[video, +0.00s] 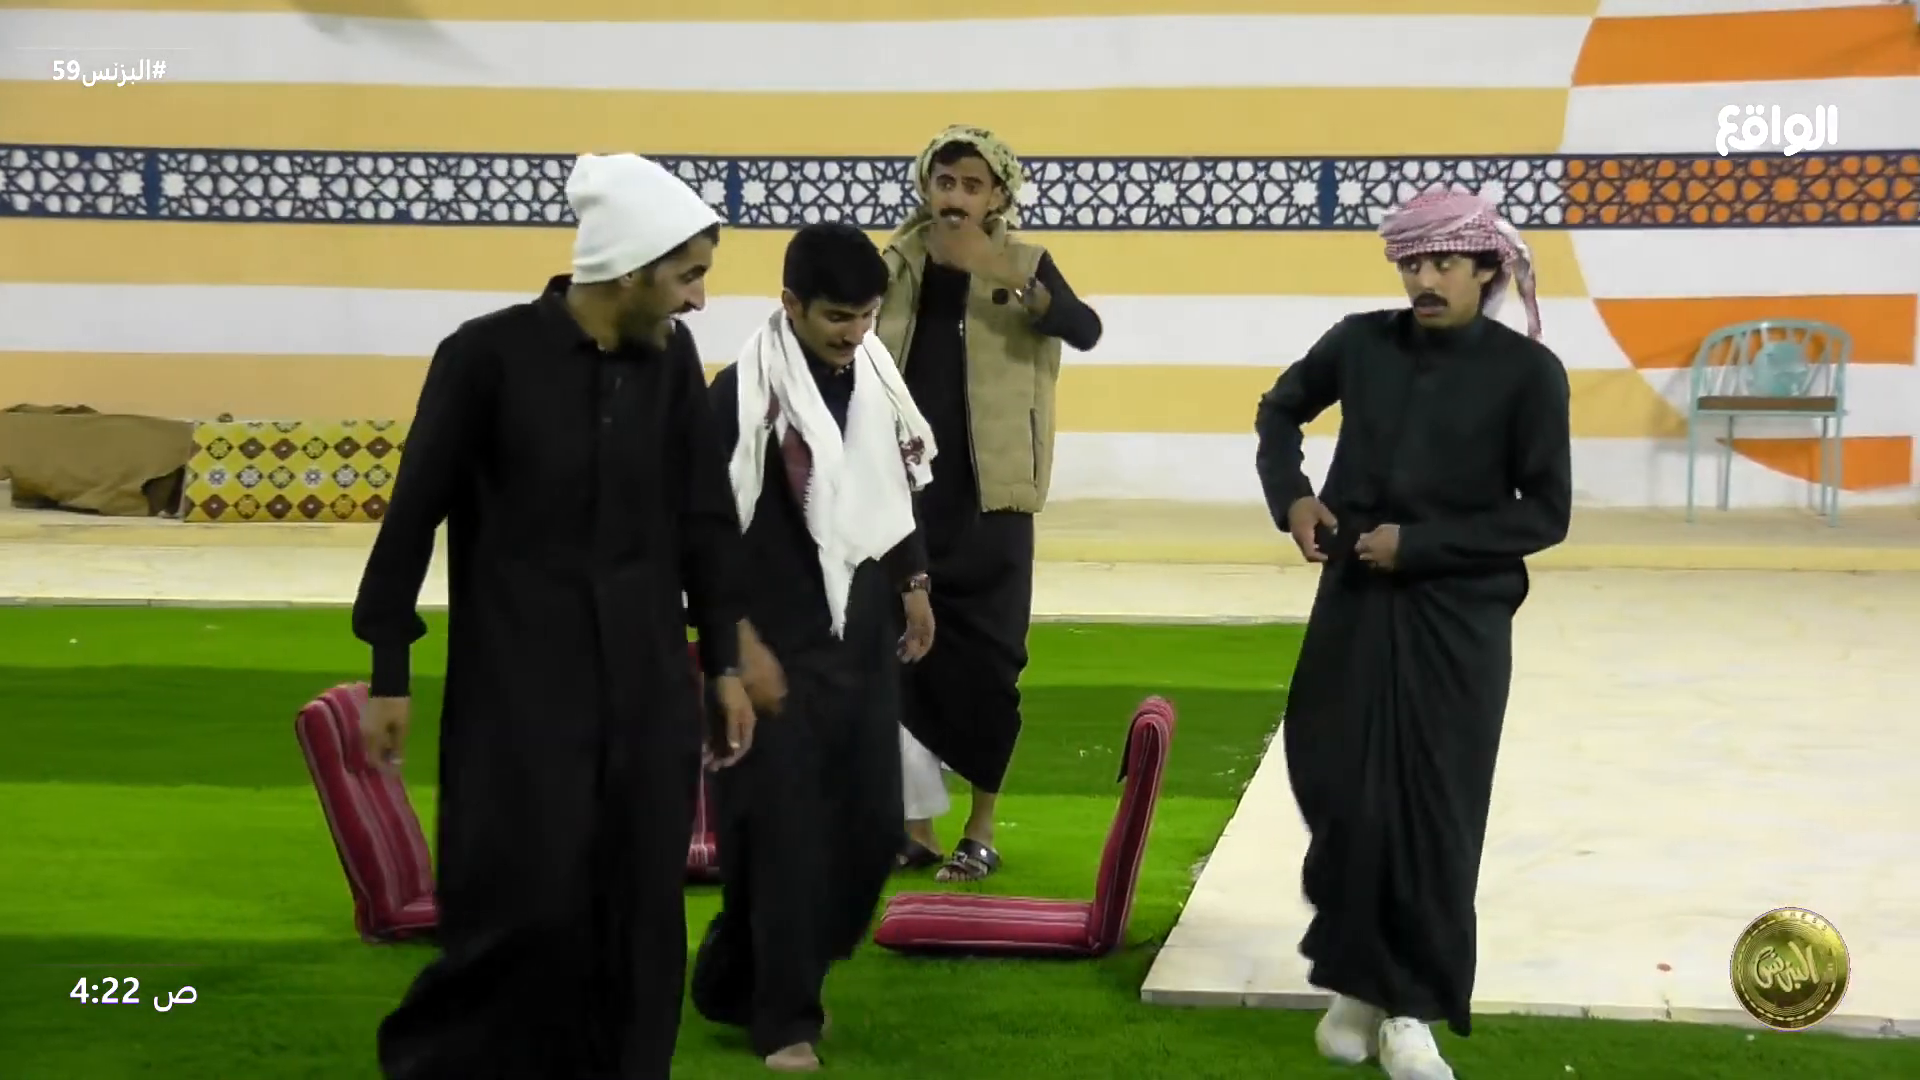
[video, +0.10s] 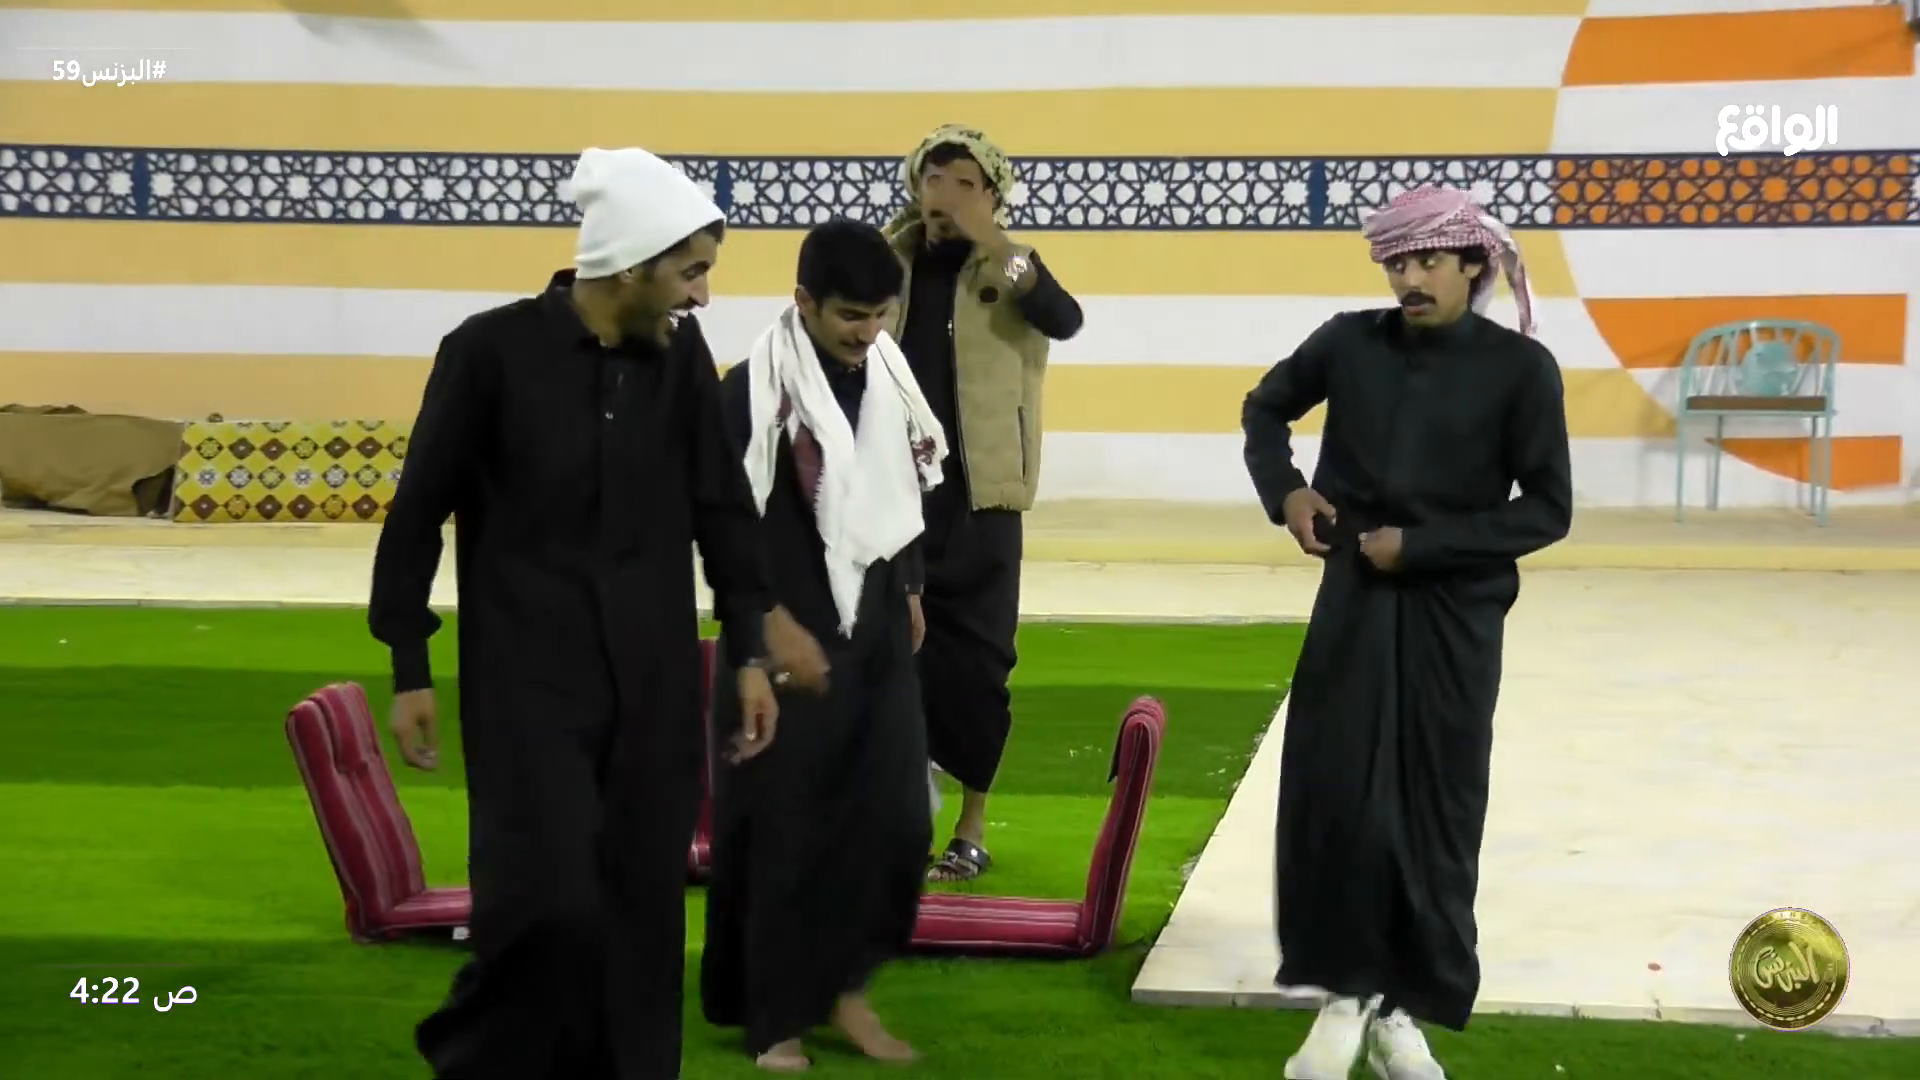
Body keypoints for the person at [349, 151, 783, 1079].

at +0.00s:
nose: (702, 289)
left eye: (705, 270)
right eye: (688, 271)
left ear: (635, 267)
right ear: (625, 268)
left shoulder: (670, 359)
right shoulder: (483, 358)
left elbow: (705, 519)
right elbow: (410, 519)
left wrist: (725, 662)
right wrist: (387, 677)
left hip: (644, 697)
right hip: (515, 698)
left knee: (637, 941)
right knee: (514, 934)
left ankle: (627, 1069)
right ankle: (432, 1057)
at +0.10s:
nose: (703, 291)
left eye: (707, 270)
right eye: (692, 270)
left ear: (647, 264)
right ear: (627, 263)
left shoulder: (678, 349)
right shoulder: (487, 355)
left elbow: (723, 509)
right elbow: (415, 514)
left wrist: (747, 654)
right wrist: (409, 672)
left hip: (653, 689)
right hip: (524, 689)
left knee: (644, 932)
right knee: (545, 920)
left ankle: (639, 1069)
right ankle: (475, 1057)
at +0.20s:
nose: (701, 287)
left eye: (706, 266)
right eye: (687, 266)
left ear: (650, 263)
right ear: (620, 261)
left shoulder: (683, 349)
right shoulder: (489, 358)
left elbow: (740, 504)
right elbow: (426, 523)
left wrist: (776, 638)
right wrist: (442, 679)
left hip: (659, 695)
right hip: (529, 693)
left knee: (646, 941)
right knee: (567, 921)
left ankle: (637, 1069)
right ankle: (530, 1073)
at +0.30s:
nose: (702, 288)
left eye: (704, 265)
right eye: (687, 266)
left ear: (644, 267)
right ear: (622, 265)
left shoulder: (679, 356)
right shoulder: (485, 367)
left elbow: (742, 504)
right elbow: (432, 542)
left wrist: (785, 633)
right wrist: (449, 698)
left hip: (662, 709)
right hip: (534, 708)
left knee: (648, 952)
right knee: (573, 944)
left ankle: (622, 1074)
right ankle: (567, 1072)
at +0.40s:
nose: (695, 282)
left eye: (694, 260)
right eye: (683, 262)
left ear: (629, 269)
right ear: (623, 268)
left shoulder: (665, 362)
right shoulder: (487, 385)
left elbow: (731, 509)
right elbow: (430, 572)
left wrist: (791, 634)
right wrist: (446, 736)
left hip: (670, 716)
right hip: (548, 721)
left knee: (657, 953)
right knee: (599, 942)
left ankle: (615, 1074)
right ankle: (567, 1070)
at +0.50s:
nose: (683, 276)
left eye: (681, 253)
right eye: (671, 254)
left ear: (615, 264)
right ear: (615, 263)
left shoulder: (651, 366)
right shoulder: (489, 390)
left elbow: (708, 511)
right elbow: (435, 579)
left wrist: (777, 638)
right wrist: (438, 752)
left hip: (673, 720)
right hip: (560, 731)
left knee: (660, 969)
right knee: (607, 974)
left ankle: (620, 1073)